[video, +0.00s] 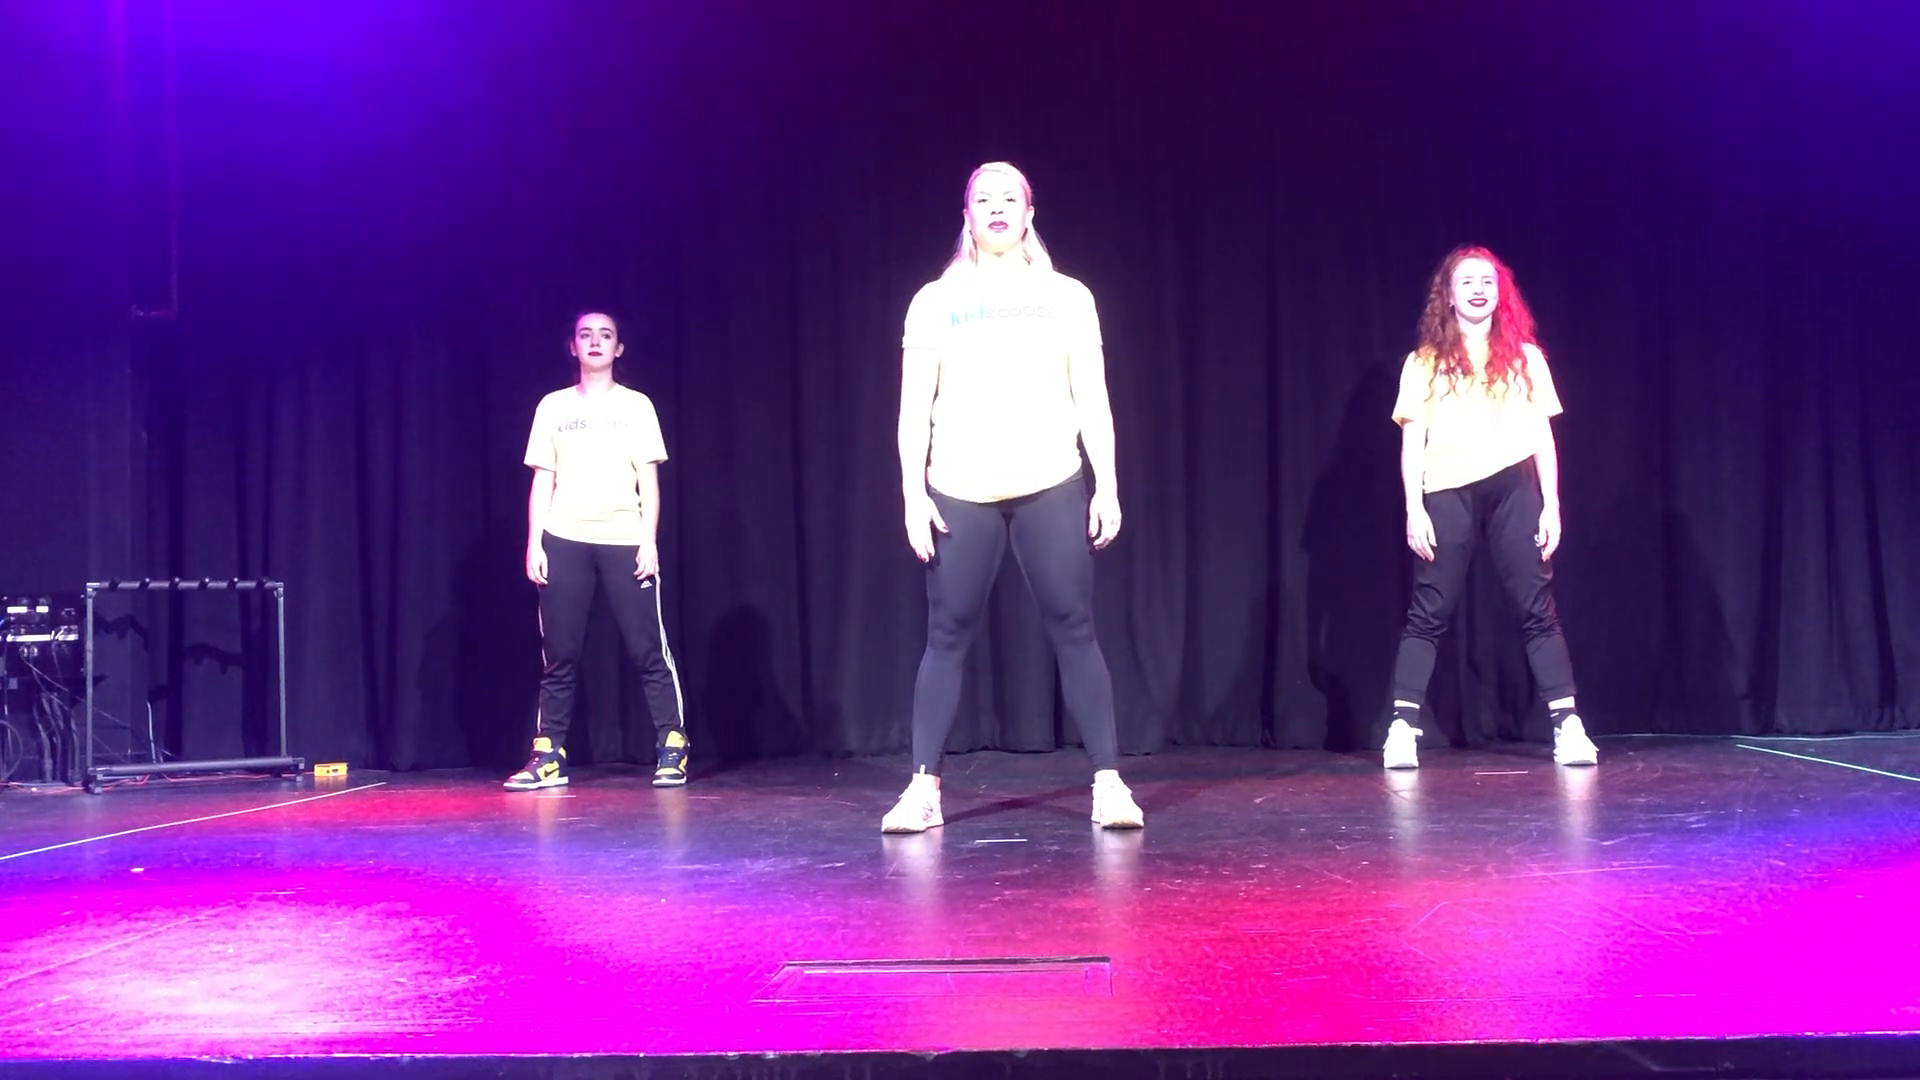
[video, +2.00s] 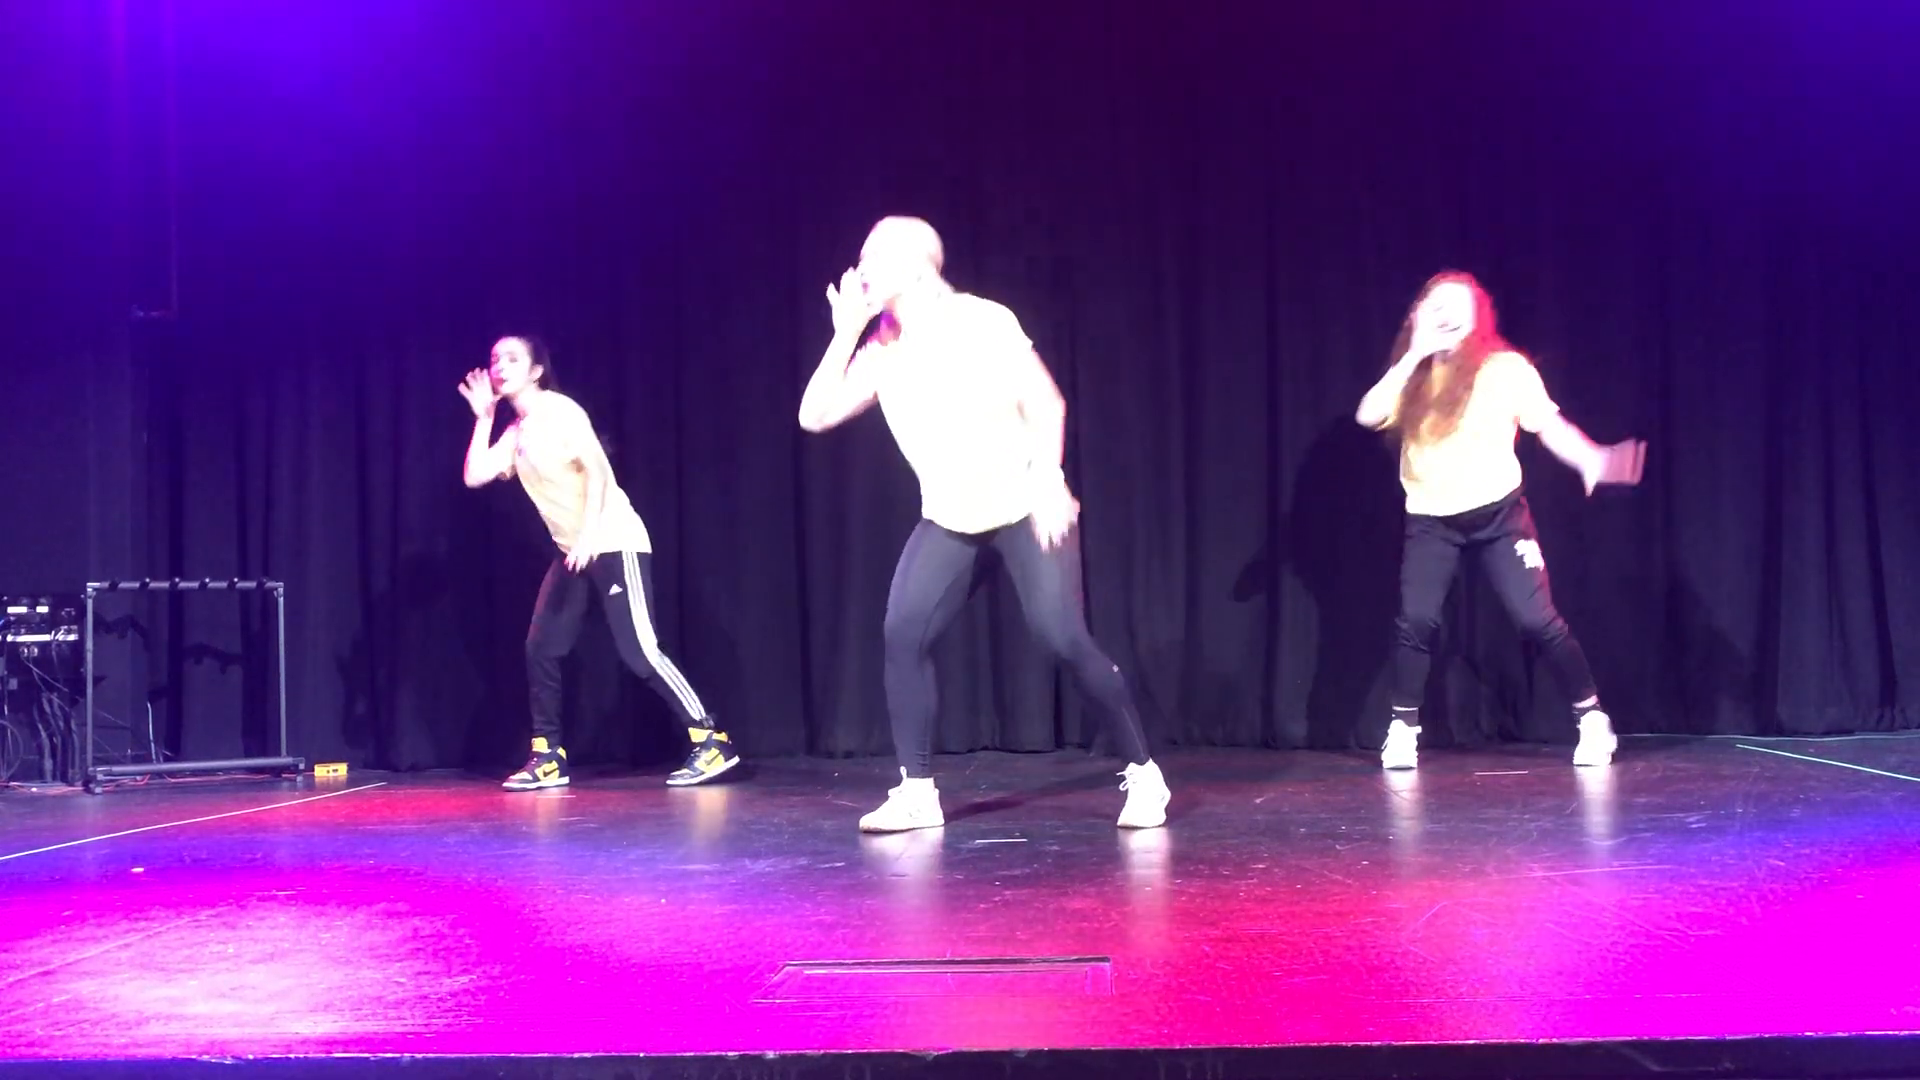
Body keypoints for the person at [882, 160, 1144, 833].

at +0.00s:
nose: (997, 210)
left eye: (1009, 200)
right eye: (985, 200)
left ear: (1029, 212)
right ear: (966, 212)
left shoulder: (1070, 297)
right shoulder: (933, 302)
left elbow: (1092, 396)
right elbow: (915, 406)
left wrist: (1106, 483)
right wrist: (913, 491)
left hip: (1051, 483)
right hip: (962, 486)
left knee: (1073, 625)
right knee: (947, 629)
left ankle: (1107, 779)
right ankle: (924, 783)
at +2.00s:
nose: (860, 268)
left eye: (873, 254)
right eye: (862, 257)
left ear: (915, 260)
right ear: (884, 268)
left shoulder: (984, 321)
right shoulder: (884, 355)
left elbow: (1045, 403)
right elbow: (815, 415)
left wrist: (1048, 484)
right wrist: (846, 330)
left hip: (1024, 502)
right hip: (948, 514)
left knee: (1062, 636)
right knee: (903, 633)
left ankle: (1142, 771)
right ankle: (916, 790)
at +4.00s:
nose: (852, 308)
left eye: (864, 293)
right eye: (839, 298)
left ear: (890, 299)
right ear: (823, 313)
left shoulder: (945, 329)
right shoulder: (847, 385)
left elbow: (951, 396)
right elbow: (822, 478)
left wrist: (877, 351)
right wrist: (821, 391)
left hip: (1035, 490)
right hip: (951, 508)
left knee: (1072, 624)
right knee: (924, 635)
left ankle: (1118, 775)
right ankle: (885, 782)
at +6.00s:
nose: (892, 223)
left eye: (907, 212)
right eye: (895, 213)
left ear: (953, 224)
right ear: (909, 229)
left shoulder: (1002, 281)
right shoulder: (892, 304)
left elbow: (975, 358)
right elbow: (813, 359)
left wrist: (947, 273)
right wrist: (830, 280)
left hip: (1025, 479)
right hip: (942, 490)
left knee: (1069, 619)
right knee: (913, 628)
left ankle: (1132, 769)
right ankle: (893, 785)